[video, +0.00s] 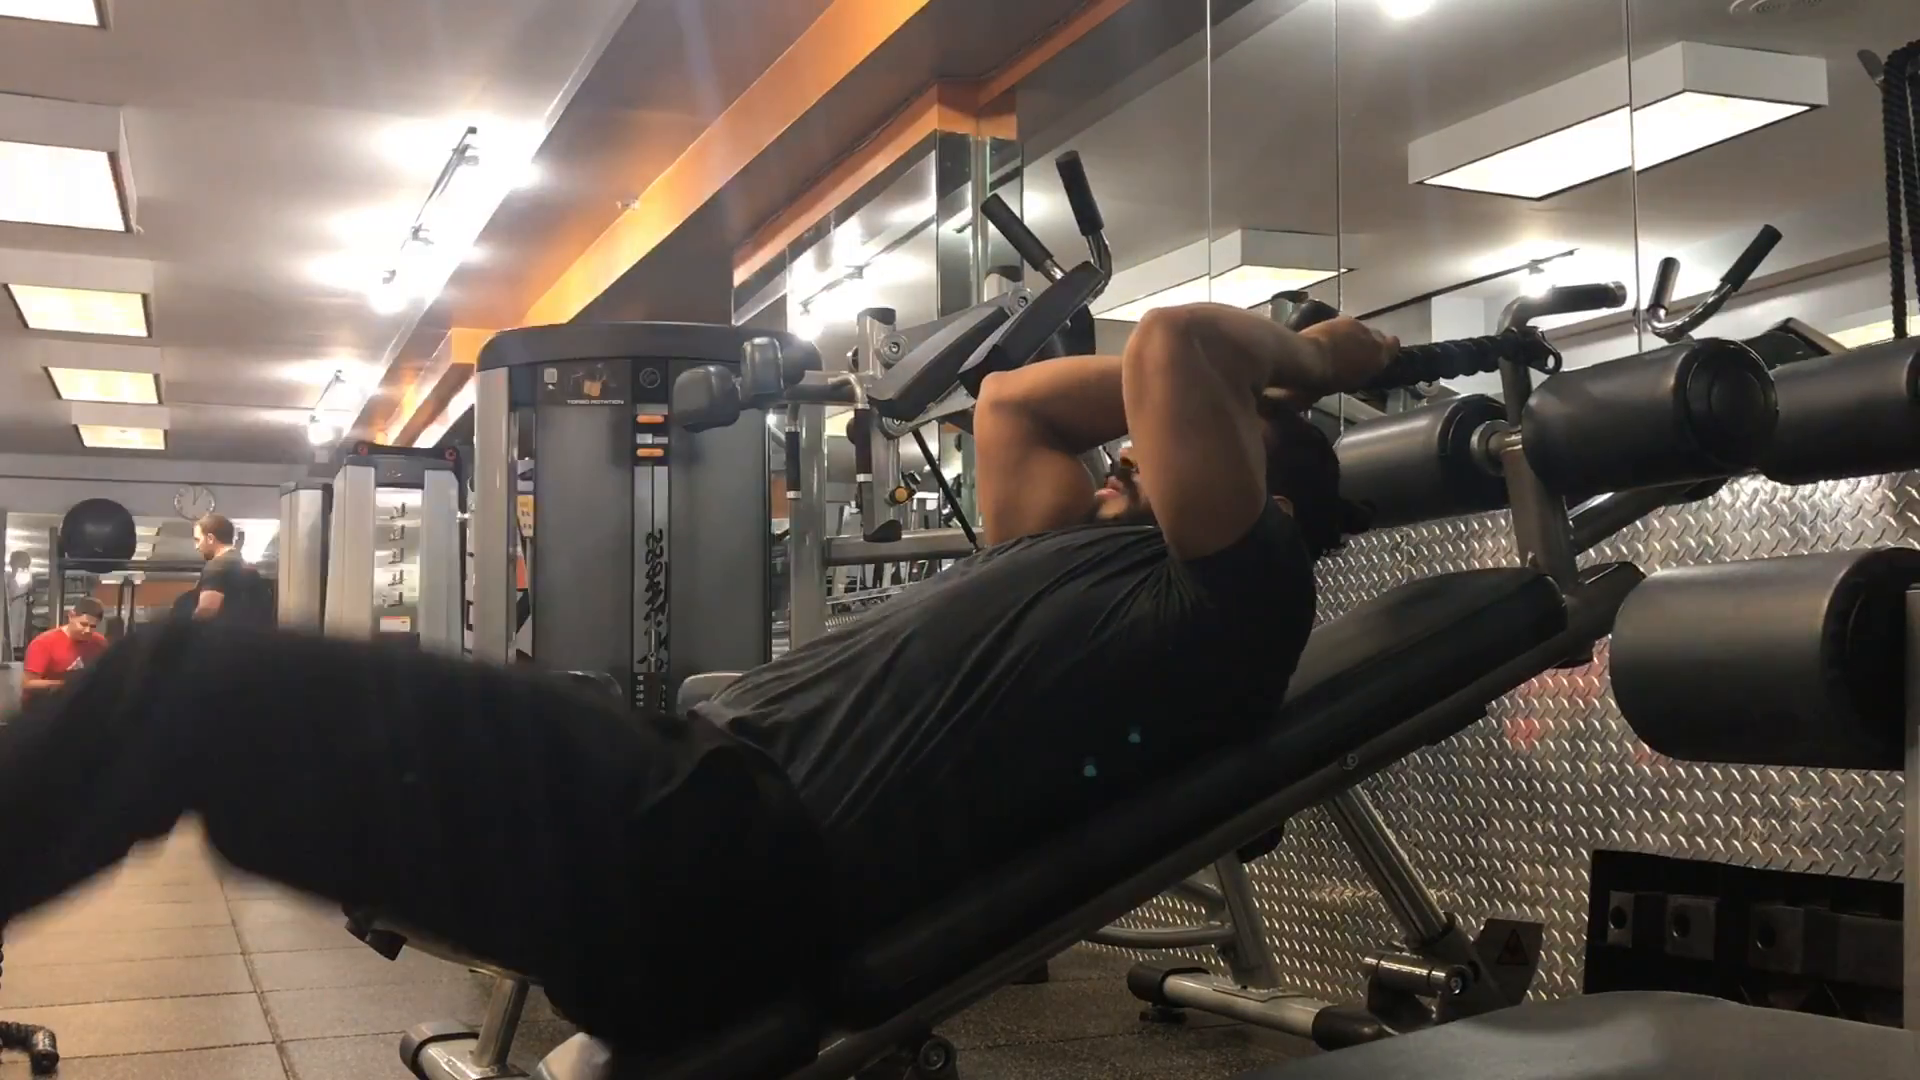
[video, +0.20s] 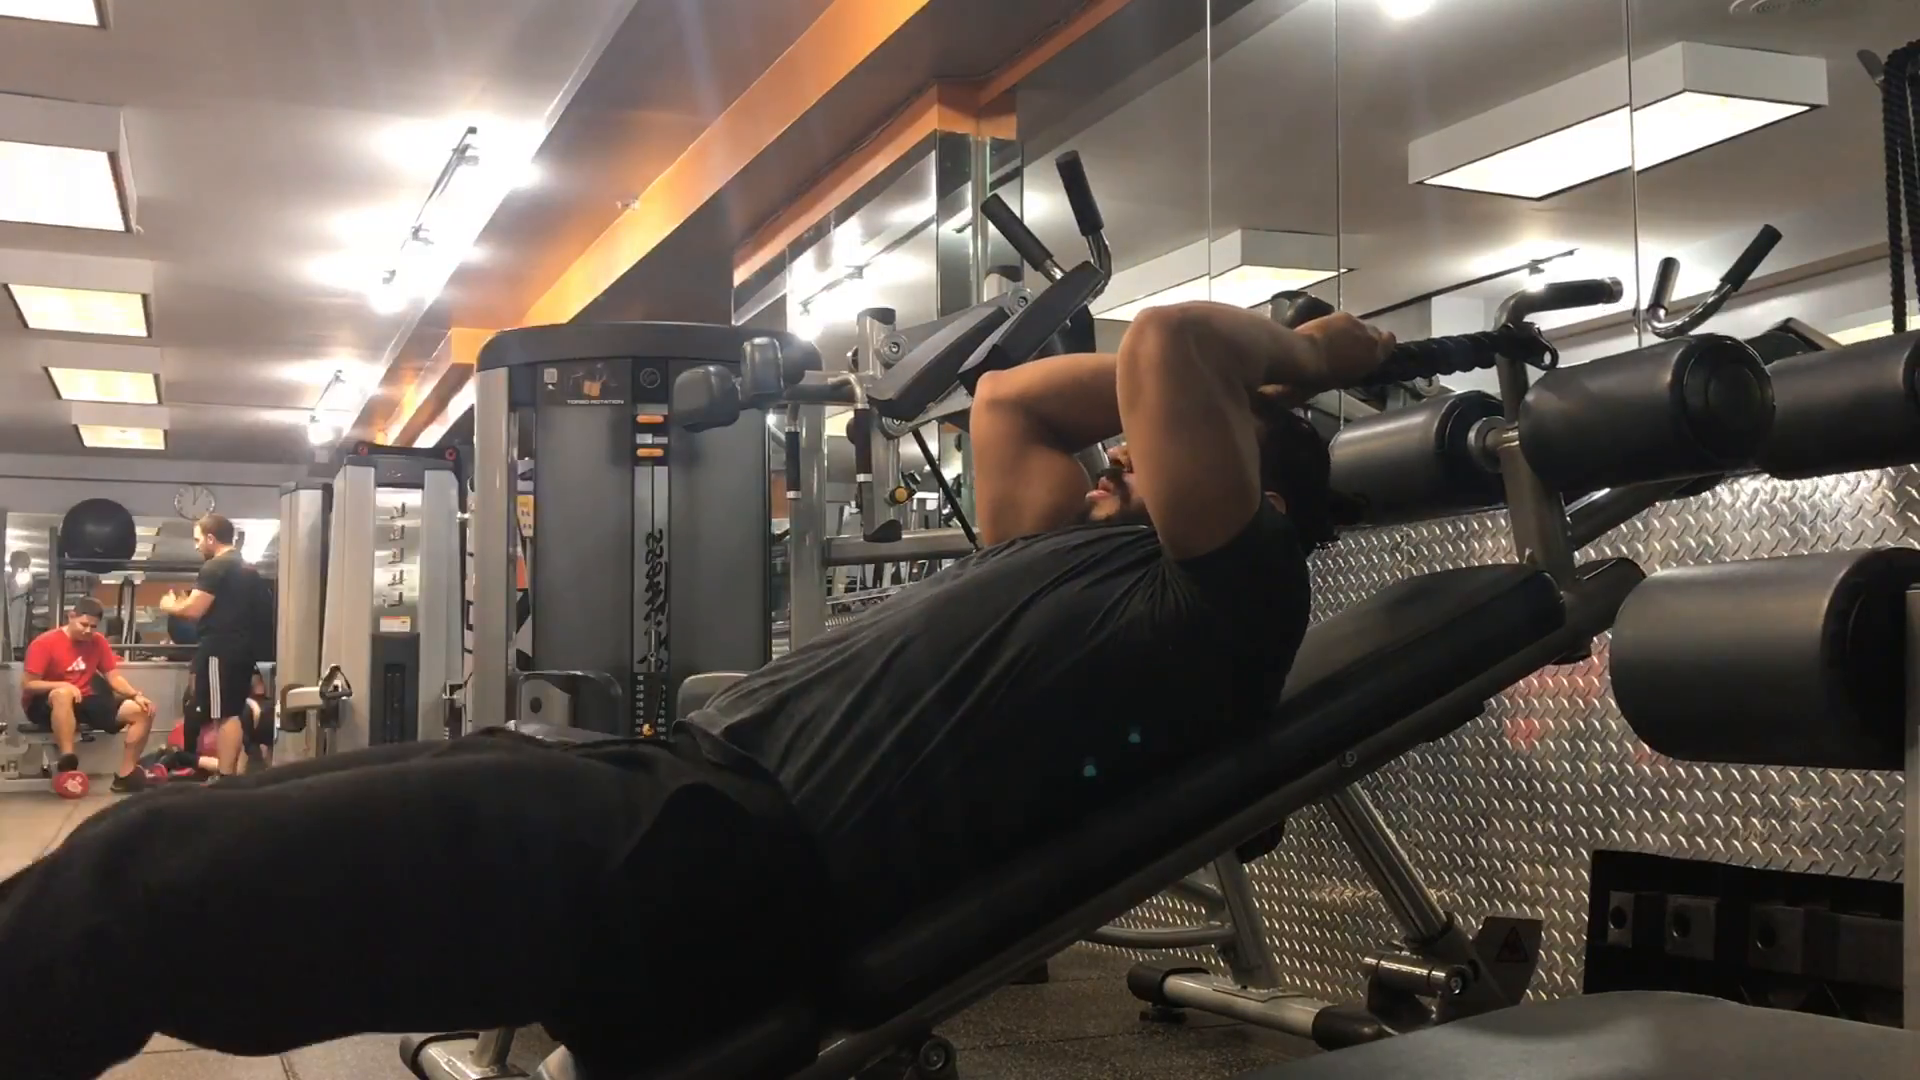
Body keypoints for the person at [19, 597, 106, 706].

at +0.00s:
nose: (87, 631)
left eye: (93, 626)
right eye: (83, 624)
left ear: (97, 625)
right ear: (71, 616)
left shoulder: (99, 644)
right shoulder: (43, 643)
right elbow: (28, 683)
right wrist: (66, 684)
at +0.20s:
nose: (88, 631)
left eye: (93, 626)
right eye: (83, 624)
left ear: (98, 625)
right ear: (71, 617)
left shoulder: (98, 642)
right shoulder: (45, 643)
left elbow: (113, 677)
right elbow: (28, 684)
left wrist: (136, 695)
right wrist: (62, 685)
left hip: (83, 703)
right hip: (43, 706)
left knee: (143, 712)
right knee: (63, 693)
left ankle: (126, 775)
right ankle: (68, 761)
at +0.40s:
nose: (87, 631)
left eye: (92, 627)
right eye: (83, 625)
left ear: (97, 626)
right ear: (70, 617)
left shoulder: (99, 642)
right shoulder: (43, 644)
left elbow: (110, 676)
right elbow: (28, 686)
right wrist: (58, 687)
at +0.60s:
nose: (87, 630)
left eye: (92, 625)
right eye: (82, 624)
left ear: (96, 624)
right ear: (69, 618)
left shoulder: (96, 641)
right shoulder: (44, 644)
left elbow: (111, 675)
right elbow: (29, 686)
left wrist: (134, 695)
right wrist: (66, 684)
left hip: (83, 703)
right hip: (44, 706)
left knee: (141, 712)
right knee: (68, 692)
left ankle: (126, 776)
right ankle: (69, 764)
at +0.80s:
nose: (87, 628)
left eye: (91, 623)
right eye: (82, 622)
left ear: (95, 622)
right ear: (67, 618)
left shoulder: (95, 641)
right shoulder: (44, 644)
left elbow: (111, 676)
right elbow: (28, 688)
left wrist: (134, 695)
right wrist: (65, 685)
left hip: (83, 703)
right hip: (44, 706)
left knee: (141, 713)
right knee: (68, 692)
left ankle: (125, 776)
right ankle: (71, 762)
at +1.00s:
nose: (85, 625)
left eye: (89, 620)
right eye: (79, 619)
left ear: (93, 620)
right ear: (66, 618)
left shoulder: (95, 641)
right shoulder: (44, 644)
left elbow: (111, 675)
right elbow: (29, 687)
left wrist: (135, 695)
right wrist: (67, 685)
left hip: (83, 702)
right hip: (44, 706)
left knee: (142, 712)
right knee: (70, 693)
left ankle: (126, 775)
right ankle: (71, 765)